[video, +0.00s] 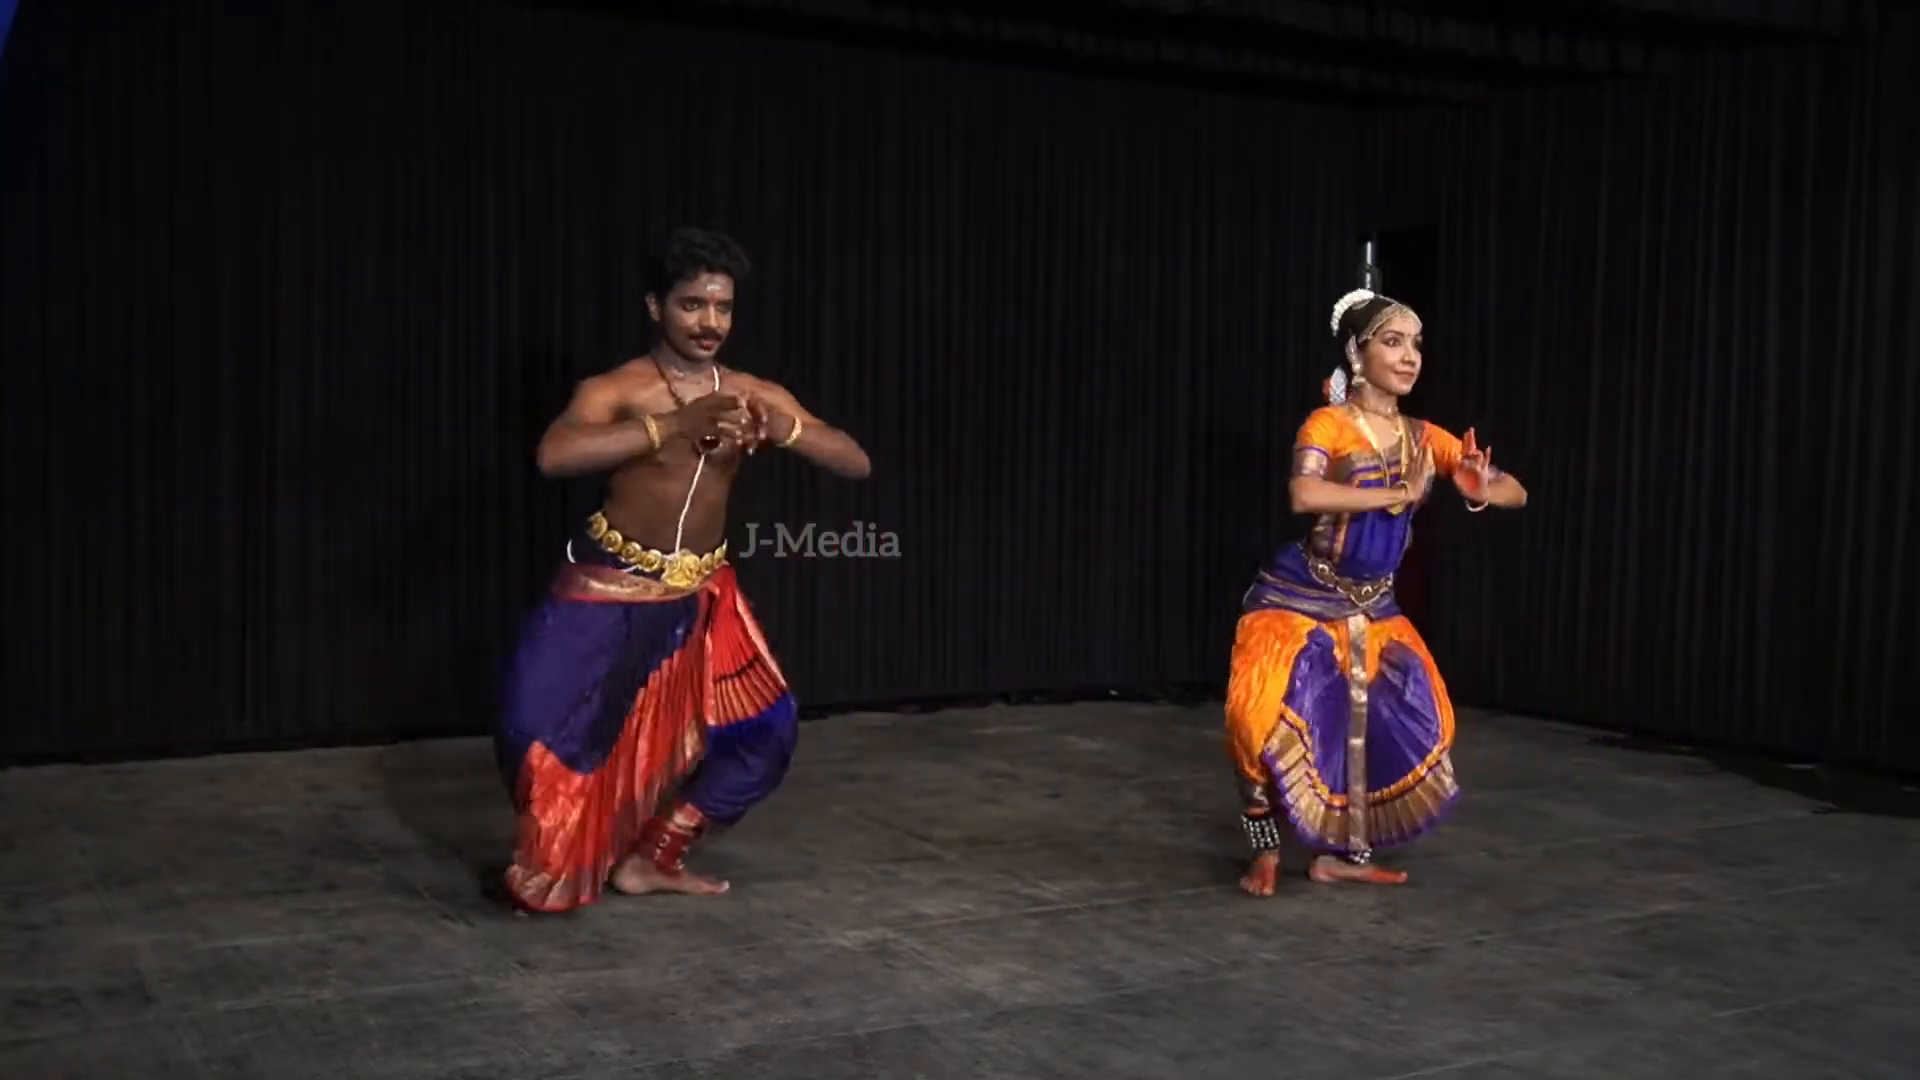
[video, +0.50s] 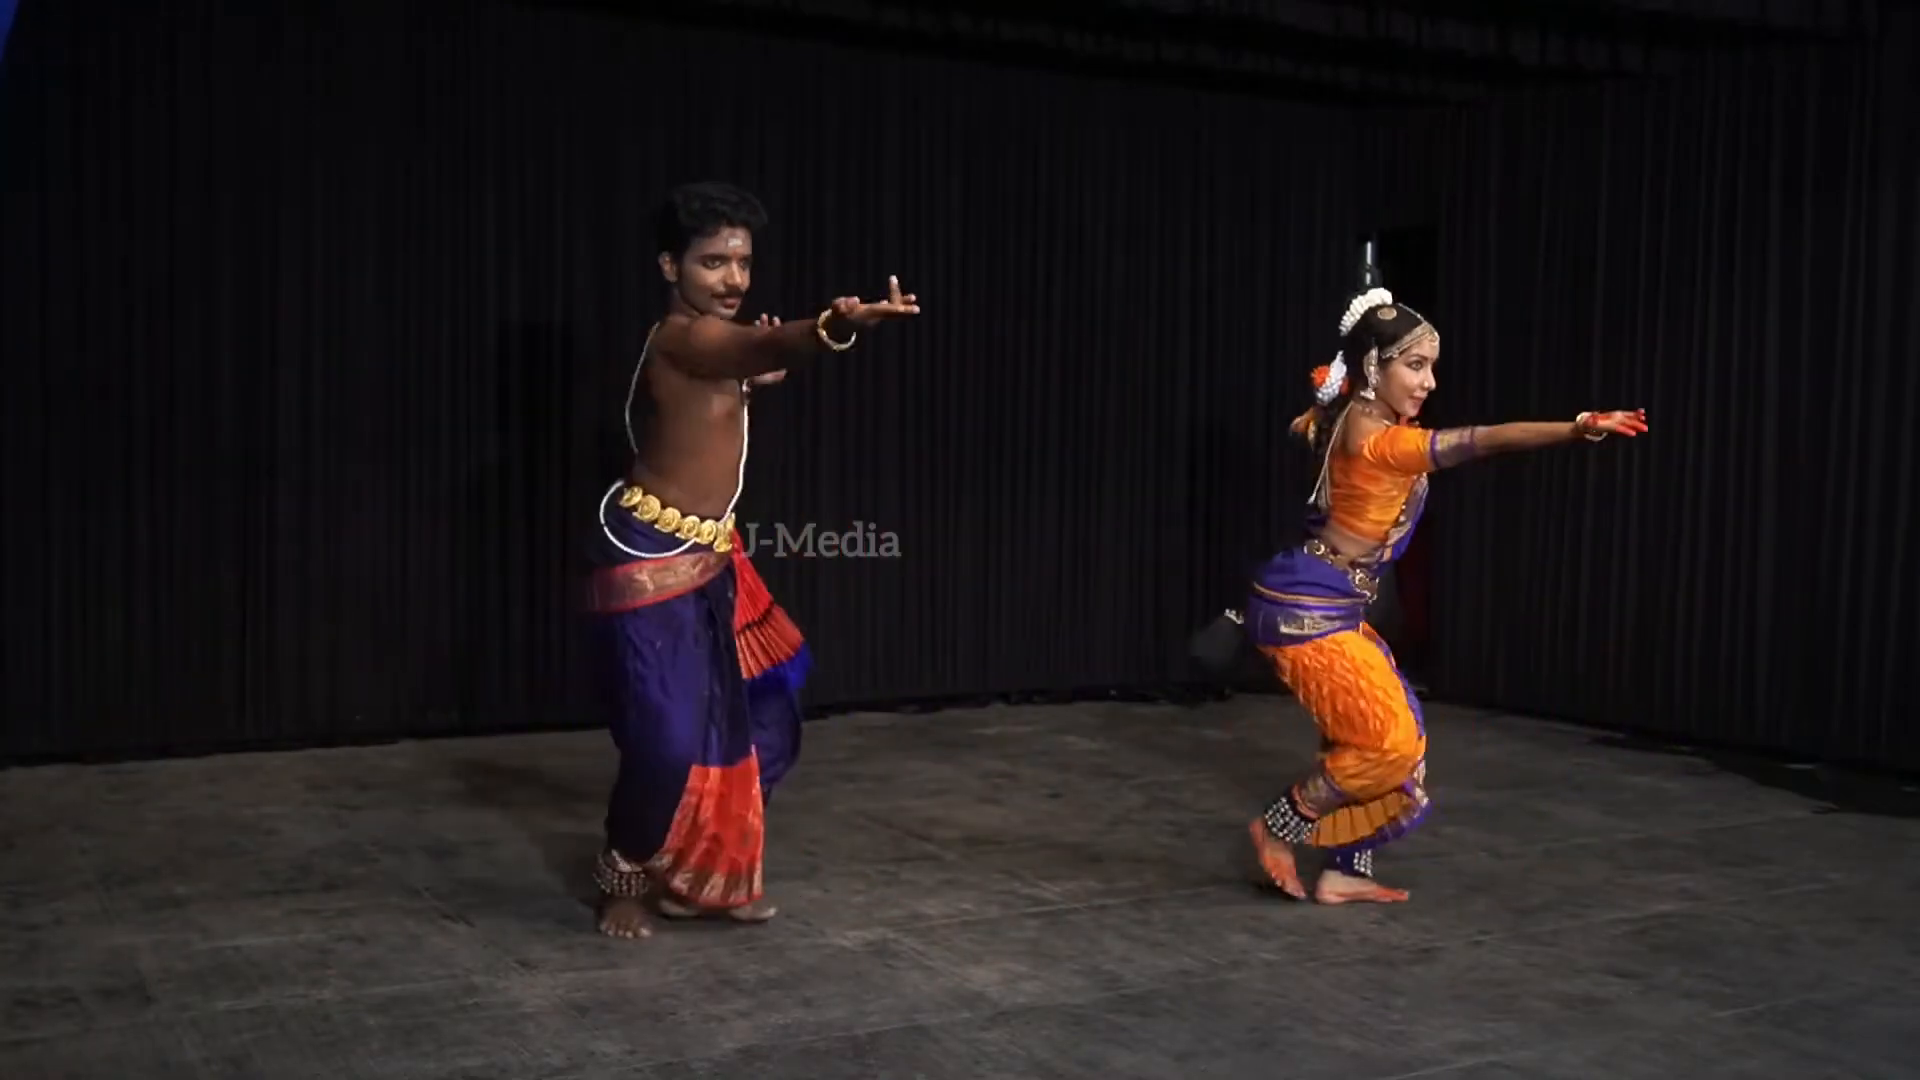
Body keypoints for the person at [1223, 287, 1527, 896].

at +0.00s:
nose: (1410, 355)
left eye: (1416, 344)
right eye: (1394, 342)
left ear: (1421, 357)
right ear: (1358, 354)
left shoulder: (1426, 438)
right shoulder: (1327, 424)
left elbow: (1517, 492)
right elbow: (1304, 494)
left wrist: (1489, 487)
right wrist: (1389, 496)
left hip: (1373, 609)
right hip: (1295, 600)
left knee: (1412, 714)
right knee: (1251, 709)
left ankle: (1341, 851)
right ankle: (1265, 847)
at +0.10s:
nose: (1404, 366)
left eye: (1412, 354)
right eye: (1390, 350)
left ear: (1415, 364)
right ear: (1352, 356)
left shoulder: (1414, 443)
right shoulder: (1318, 428)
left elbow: (1497, 504)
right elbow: (1300, 502)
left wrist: (1471, 503)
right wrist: (1398, 510)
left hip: (1353, 611)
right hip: (1280, 604)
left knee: (1410, 714)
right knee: (1262, 729)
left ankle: (1336, 851)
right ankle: (1265, 858)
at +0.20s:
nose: (1403, 371)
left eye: (1409, 359)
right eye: (1388, 355)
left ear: (1410, 367)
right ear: (1350, 361)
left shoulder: (1404, 446)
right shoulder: (1316, 433)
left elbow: (1480, 510)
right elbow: (1311, 517)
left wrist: (1457, 505)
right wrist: (1407, 523)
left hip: (1342, 614)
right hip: (1272, 611)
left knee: (1397, 714)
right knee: (1275, 742)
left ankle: (1334, 853)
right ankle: (1269, 858)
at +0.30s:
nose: (1404, 373)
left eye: (1410, 359)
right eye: (1390, 357)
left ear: (1411, 365)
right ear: (1351, 364)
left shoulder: (1383, 435)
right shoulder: (1330, 433)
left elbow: (1432, 489)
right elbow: (1374, 518)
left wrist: (1464, 485)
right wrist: (1464, 497)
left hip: (1335, 609)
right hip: (1277, 610)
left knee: (1374, 715)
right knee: (1293, 741)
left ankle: (1337, 852)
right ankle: (1268, 858)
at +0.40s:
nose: (1415, 375)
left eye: (1420, 361)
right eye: (1402, 359)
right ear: (1359, 363)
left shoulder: (1366, 418)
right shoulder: (1353, 432)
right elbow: (1460, 462)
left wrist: (1405, 453)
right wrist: (1548, 445)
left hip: (1334, 609)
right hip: (1287, 611)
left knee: (1383, 736)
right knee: (1328, 765)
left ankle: (1338, 869)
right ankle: (1262, 838)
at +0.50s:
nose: (1429, 380)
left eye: (1432, 367)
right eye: (1416, 365)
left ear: (1376, 369)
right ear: (1372, 369)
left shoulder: (1349, 414)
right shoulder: (1382, 442)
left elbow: (1305, 425)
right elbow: (1478, 440)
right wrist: (1575, 429)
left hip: (1330, 611)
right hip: (1309, 614)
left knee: (1400, 743)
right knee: (1391, 743)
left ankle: (1343, 872)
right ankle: (1277, 827)